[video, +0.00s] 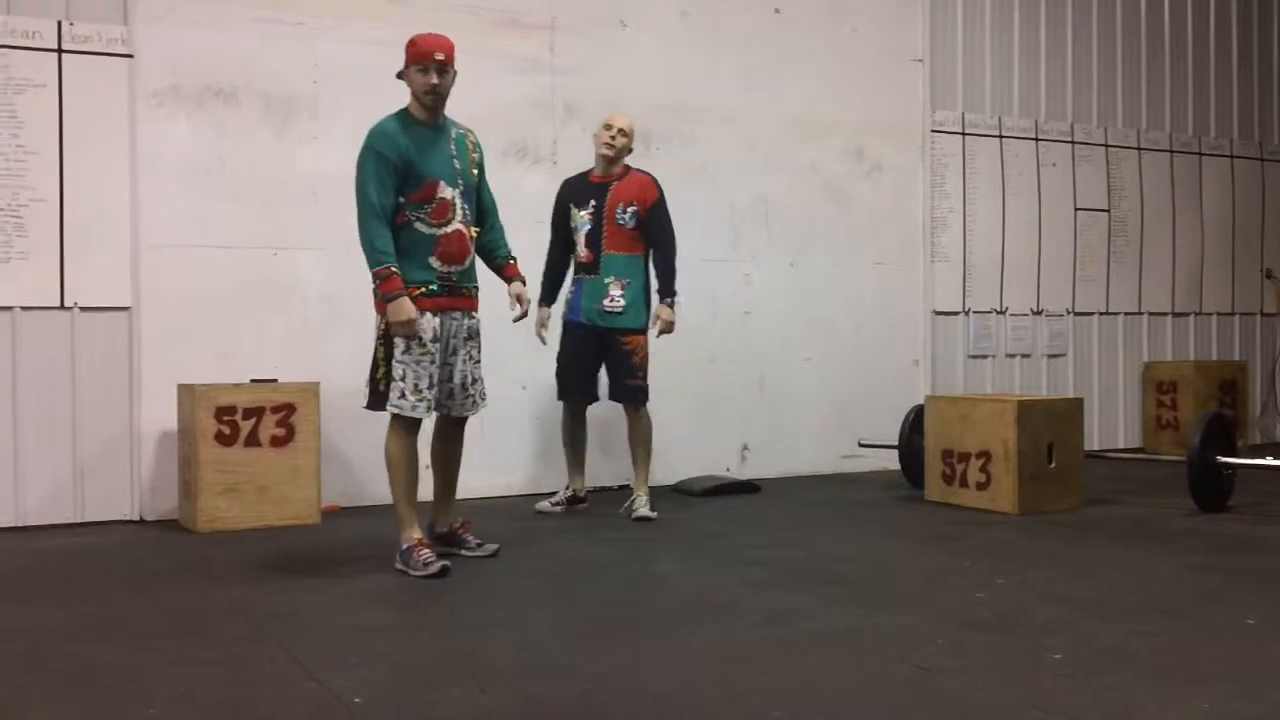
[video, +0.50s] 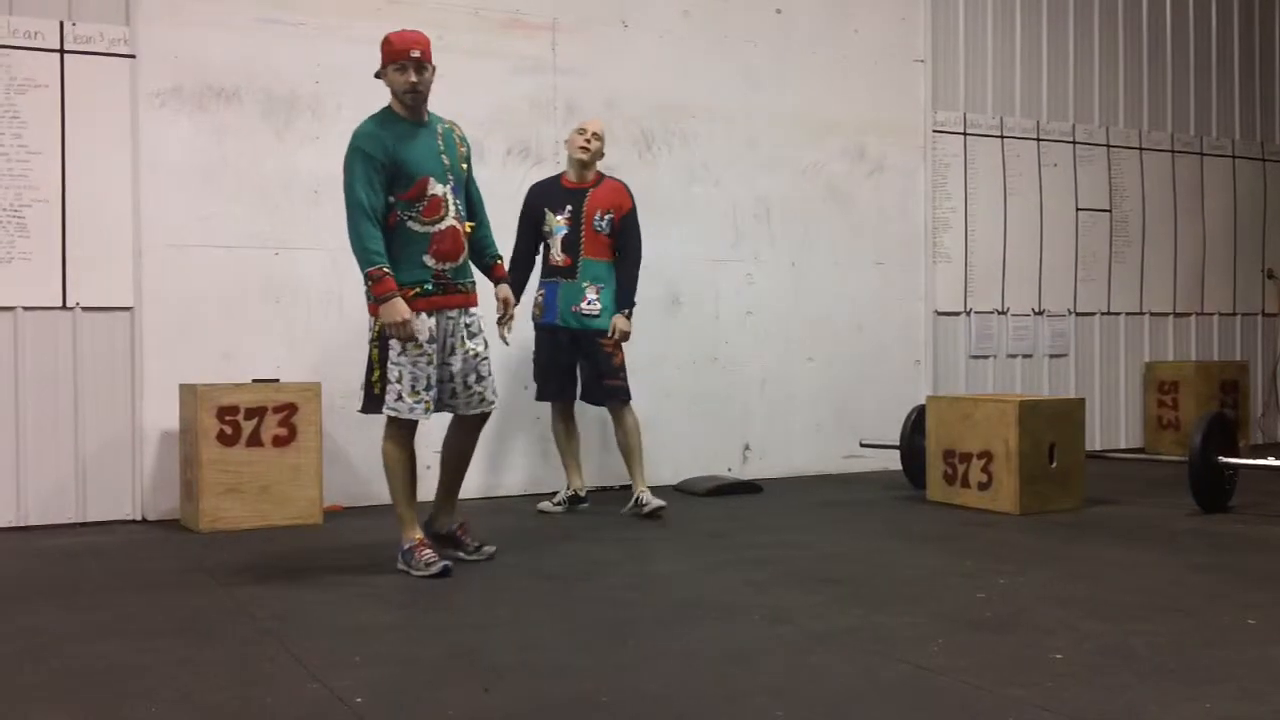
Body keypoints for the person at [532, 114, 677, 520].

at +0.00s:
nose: (613, 137)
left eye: (622, 134)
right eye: (608, 130)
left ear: (630, 147)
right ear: (595, 137)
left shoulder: (644, 186)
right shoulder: (571, 188)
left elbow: (663, 245)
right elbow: (559, 249)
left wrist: (667, 300)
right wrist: (545, 301)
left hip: (629, 319)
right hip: (580, 317)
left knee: (635, 404)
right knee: (572, 402)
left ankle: (641, 493)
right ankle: (575, 488)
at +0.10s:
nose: (605, 136)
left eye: (614, 134)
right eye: (601, 130)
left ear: (621, 148)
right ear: (587, 138)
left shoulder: (636, 187)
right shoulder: (563, 189)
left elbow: (655, 247)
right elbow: (550, 251)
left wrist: (655, 303)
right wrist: (534, 302)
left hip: (622, 319)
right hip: (573, 317)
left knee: (631, 404)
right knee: (571, 402)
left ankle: (641, 493)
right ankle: (575, 489)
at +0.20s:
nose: (598, 137)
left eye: (607, 135)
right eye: (593, 130)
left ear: (614, 149)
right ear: (580, 139)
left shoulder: (629, 188)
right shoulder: (556, 190)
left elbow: (646, 248)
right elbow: (541, 250)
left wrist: (641, 305)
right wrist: (524, 301)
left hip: (615, 317)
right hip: (566, 315)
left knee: (627, 405)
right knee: (568, 402)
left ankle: (641, 493)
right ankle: (575, 488)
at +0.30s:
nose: (592, 138)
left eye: (601, 136)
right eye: (587, 132)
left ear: (608, 151)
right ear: (573, 142)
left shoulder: (623, 190)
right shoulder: (549, 192)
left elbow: (639, 251)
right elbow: (533, 252)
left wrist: (629, 308)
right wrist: (517, 300)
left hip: (607, 317)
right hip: (559, 316)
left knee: (622, 404)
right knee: (564, 402)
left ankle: (640, 492)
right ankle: (574, 487)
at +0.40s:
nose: (589, 139)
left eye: (597, 137)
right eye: (583, 133)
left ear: (604, 152)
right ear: (569, 143)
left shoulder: (619, 192)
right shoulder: (544, 193)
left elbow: (632, 254)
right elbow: (528, 253)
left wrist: (624, 309)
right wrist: (511, 301)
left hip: (603, 317)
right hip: (555, 317)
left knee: (619, 404)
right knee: (562, 403)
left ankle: (640, 491)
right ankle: (574, 487)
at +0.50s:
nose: (587, 140)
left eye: (595, 137)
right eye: (582, 134)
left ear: (602, 152)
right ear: (567, 143)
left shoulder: (617, 193)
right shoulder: (541, 192)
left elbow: (630, 254)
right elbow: (524, 252)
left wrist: (624, 310)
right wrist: (508, 302)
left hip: (601, 318)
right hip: (553, 318)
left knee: (618, 402)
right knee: (560, 402)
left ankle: (640, 489)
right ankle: (575, 487)